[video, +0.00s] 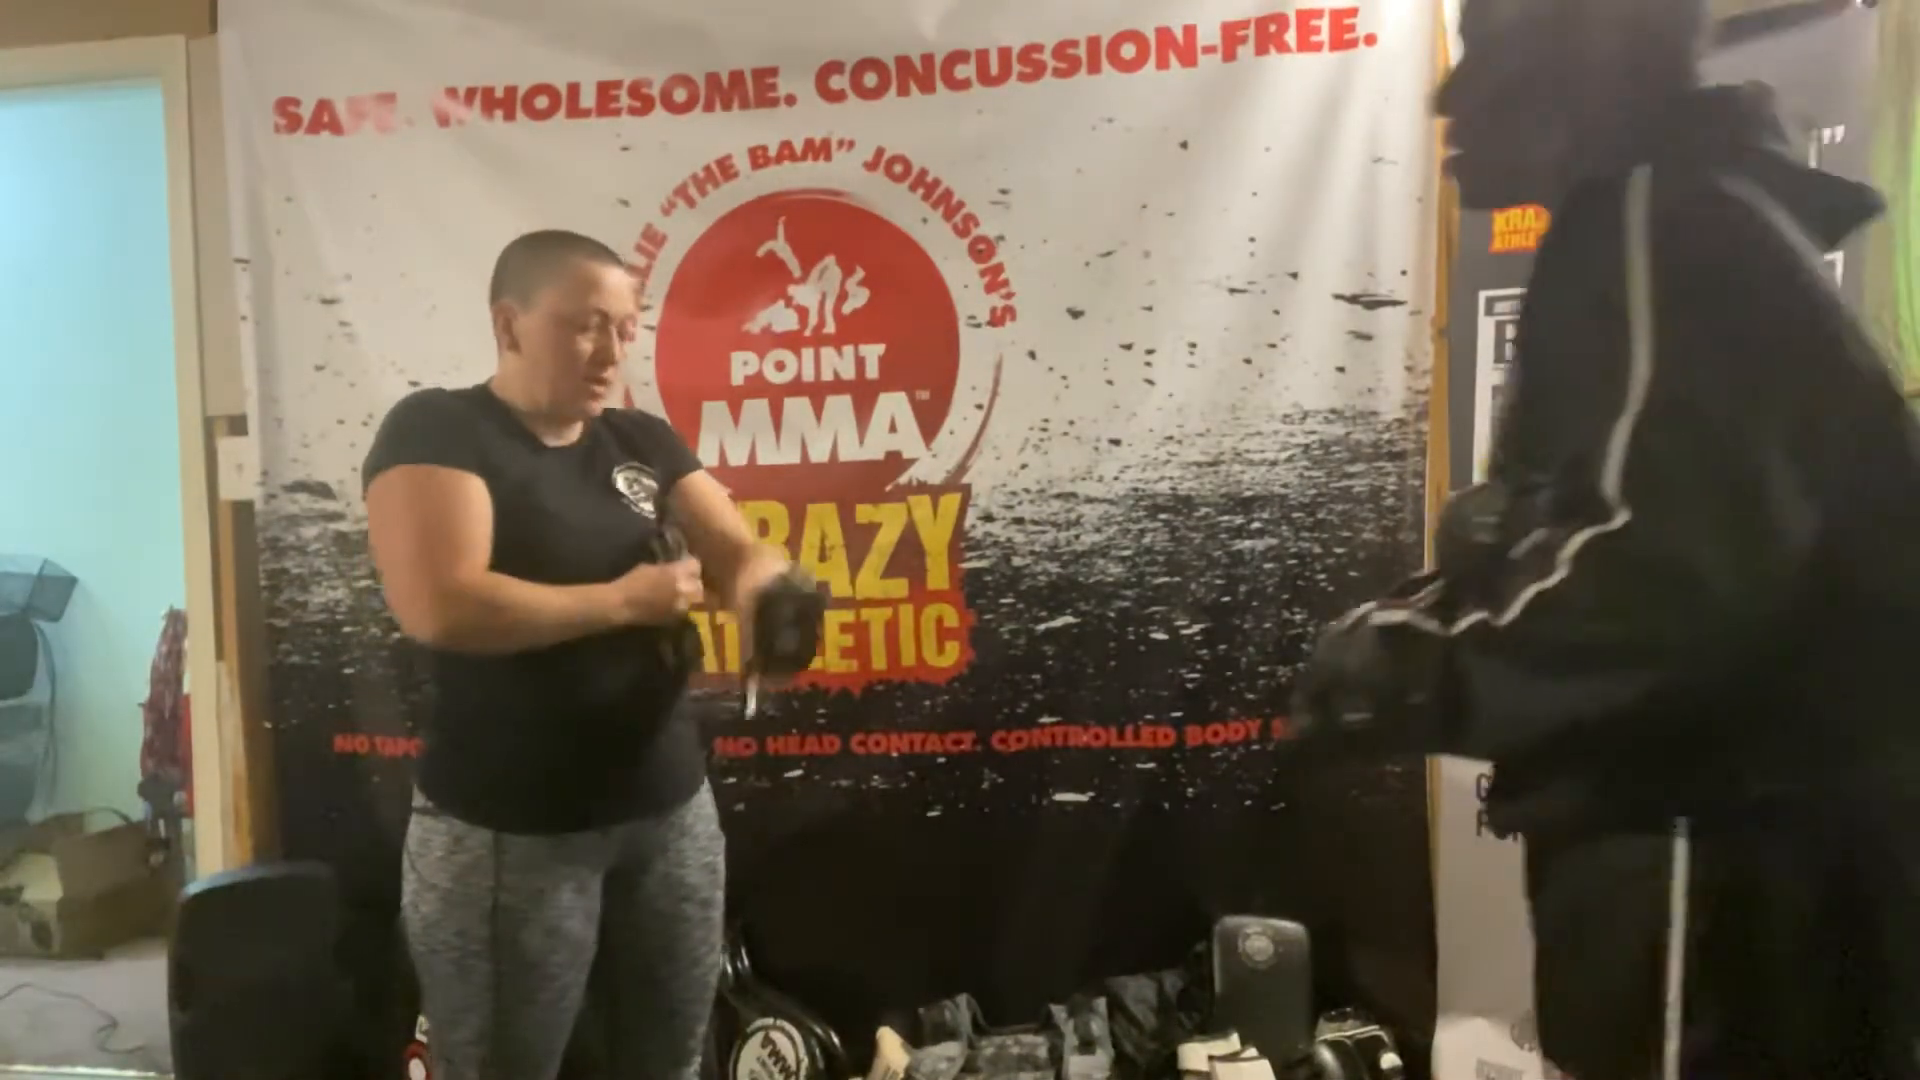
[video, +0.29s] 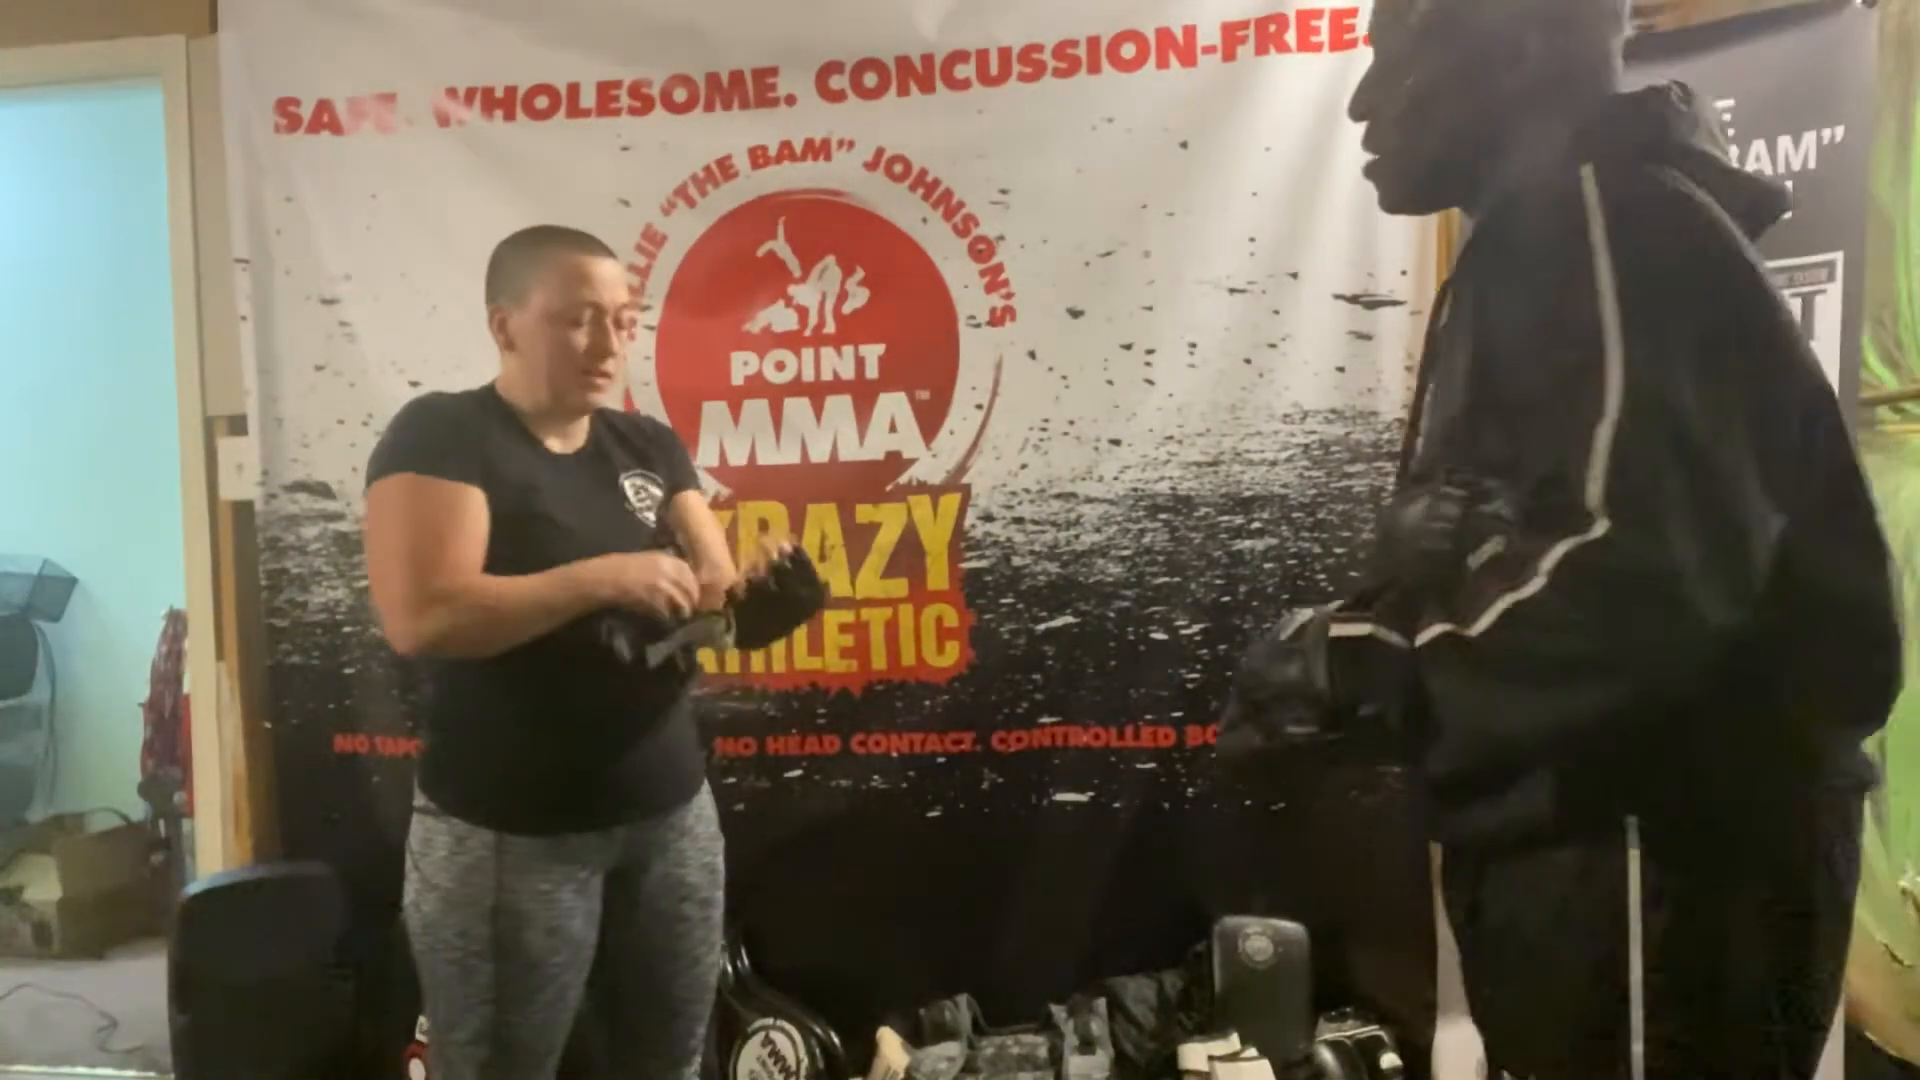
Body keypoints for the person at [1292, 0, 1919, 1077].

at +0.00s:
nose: (1446, 93)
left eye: (1483, 46)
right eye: (1462, 51)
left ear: (1601, 50)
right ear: (1607, 63)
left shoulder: (1658, 217)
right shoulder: (1642, 217)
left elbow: (1681, 556)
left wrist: (1396, 671)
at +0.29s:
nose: (1359, 98)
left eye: (1394, 48)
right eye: (1370, 54)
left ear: (1520, 42)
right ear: (1519, 53)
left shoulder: (1600, 209)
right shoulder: (1527, 229)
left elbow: (1650, 561)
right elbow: (1472, 516)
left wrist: (1361, 673)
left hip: (1661, 864)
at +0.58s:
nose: (1386, 91)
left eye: (1423, 42)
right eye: (1402, 48)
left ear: (1543, 43)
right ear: (1529, 53)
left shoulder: (1653, 206)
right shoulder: (1514, 240)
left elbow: (1722, 557)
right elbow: (1479, 555)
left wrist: (1391, 672)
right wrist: (1371, 748)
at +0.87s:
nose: (1436, 105)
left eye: (1476, 66)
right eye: (1452, 69)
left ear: (1587, 70)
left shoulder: (1704, 224)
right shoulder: (1527, 260)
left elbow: (1768, 544)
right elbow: (1485, 551)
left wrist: (1440, 656)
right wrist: (1358, 730)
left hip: (1684, 869)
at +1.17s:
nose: (1482, 148)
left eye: (1515, 108)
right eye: (1493, 112)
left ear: (1611, 112)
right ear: (1623, 116)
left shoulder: (1728, 236)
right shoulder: (1597, 276)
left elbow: (1799, 514)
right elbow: (1556, 529)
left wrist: (1495, 620)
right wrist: (1482, 753)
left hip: (1719, 801)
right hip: (1611, 796)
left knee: (1706, 1061)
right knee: (1612, 1059)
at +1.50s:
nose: (1511, 169)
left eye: (1539, 139)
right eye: (1518, 142)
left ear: (1637, 136)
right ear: (1621, 148)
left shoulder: (1755, 233)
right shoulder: (1624, 303)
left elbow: (1838, 464)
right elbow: (1610, 529)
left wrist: (1547, 602)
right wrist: (1582, 769)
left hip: (1777, 787)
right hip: (1672, 789)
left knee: (1769, 1057)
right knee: (1679, 1055)